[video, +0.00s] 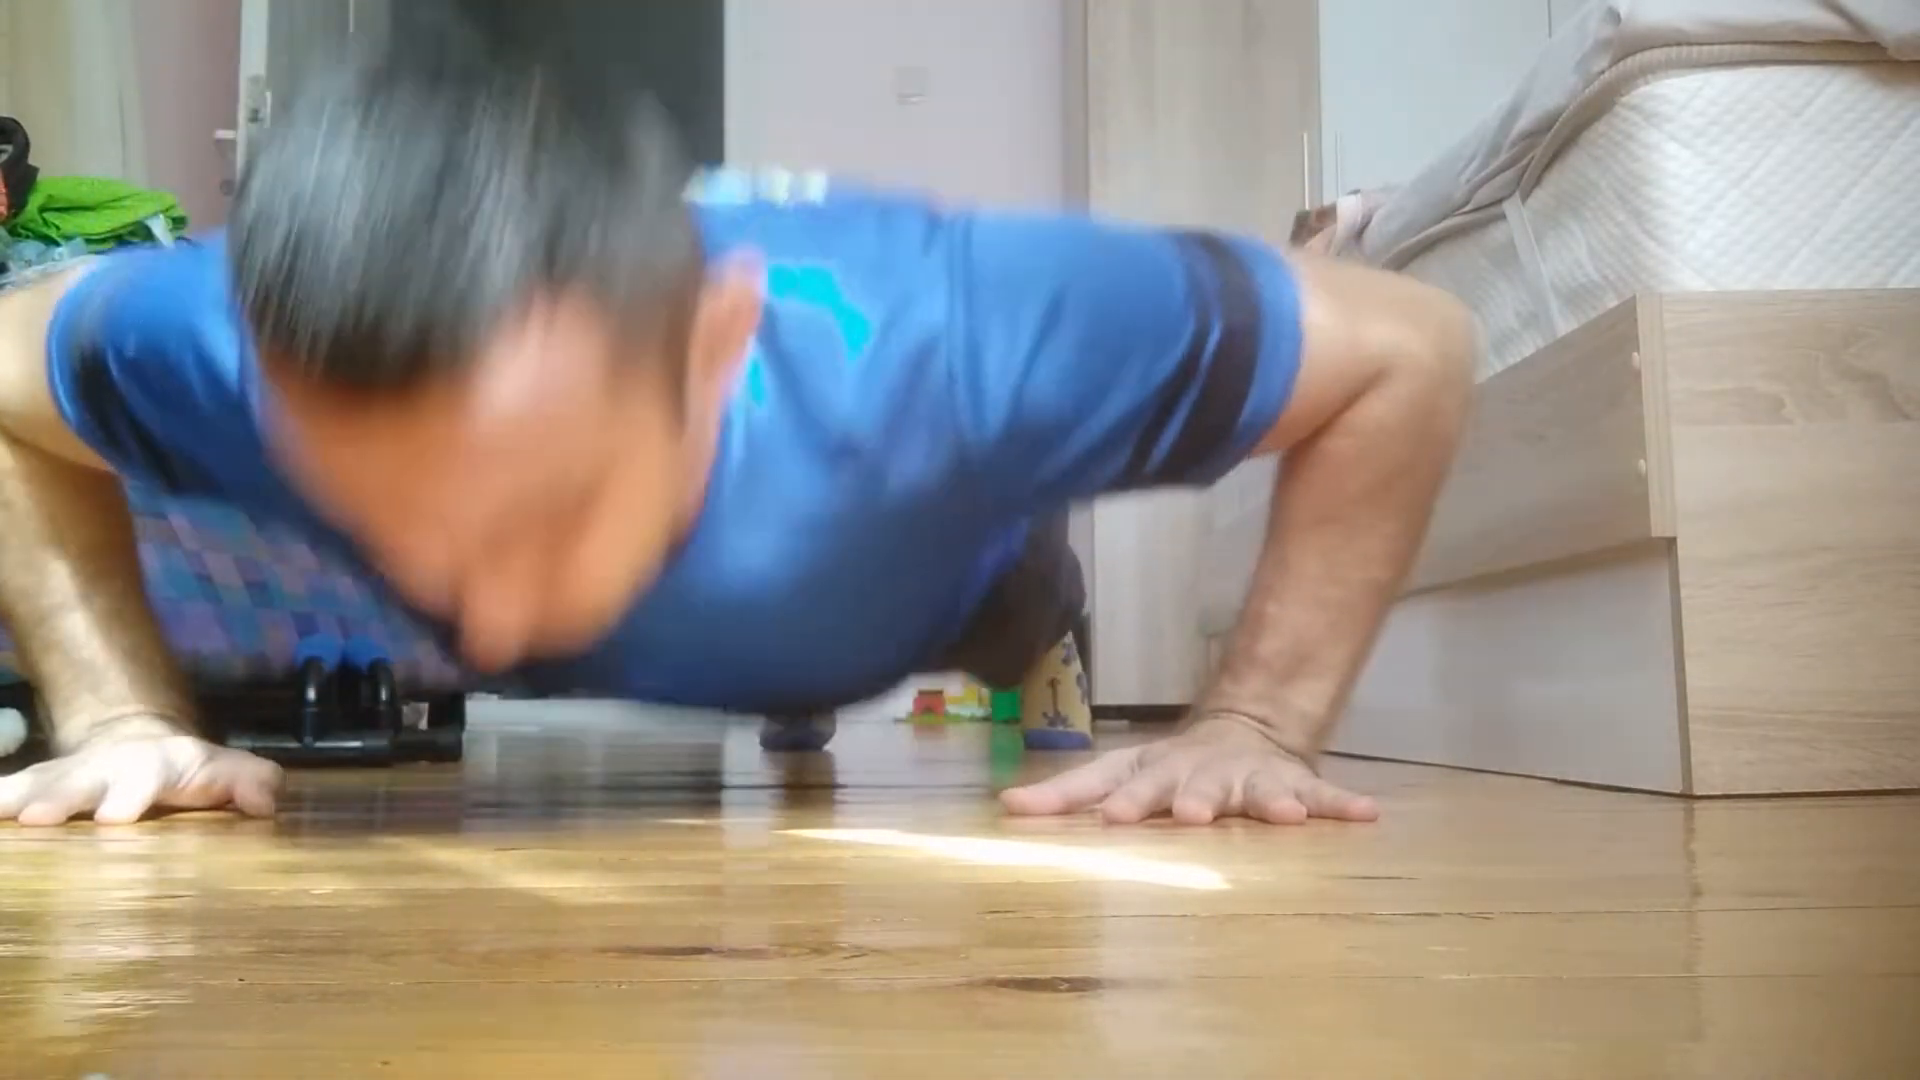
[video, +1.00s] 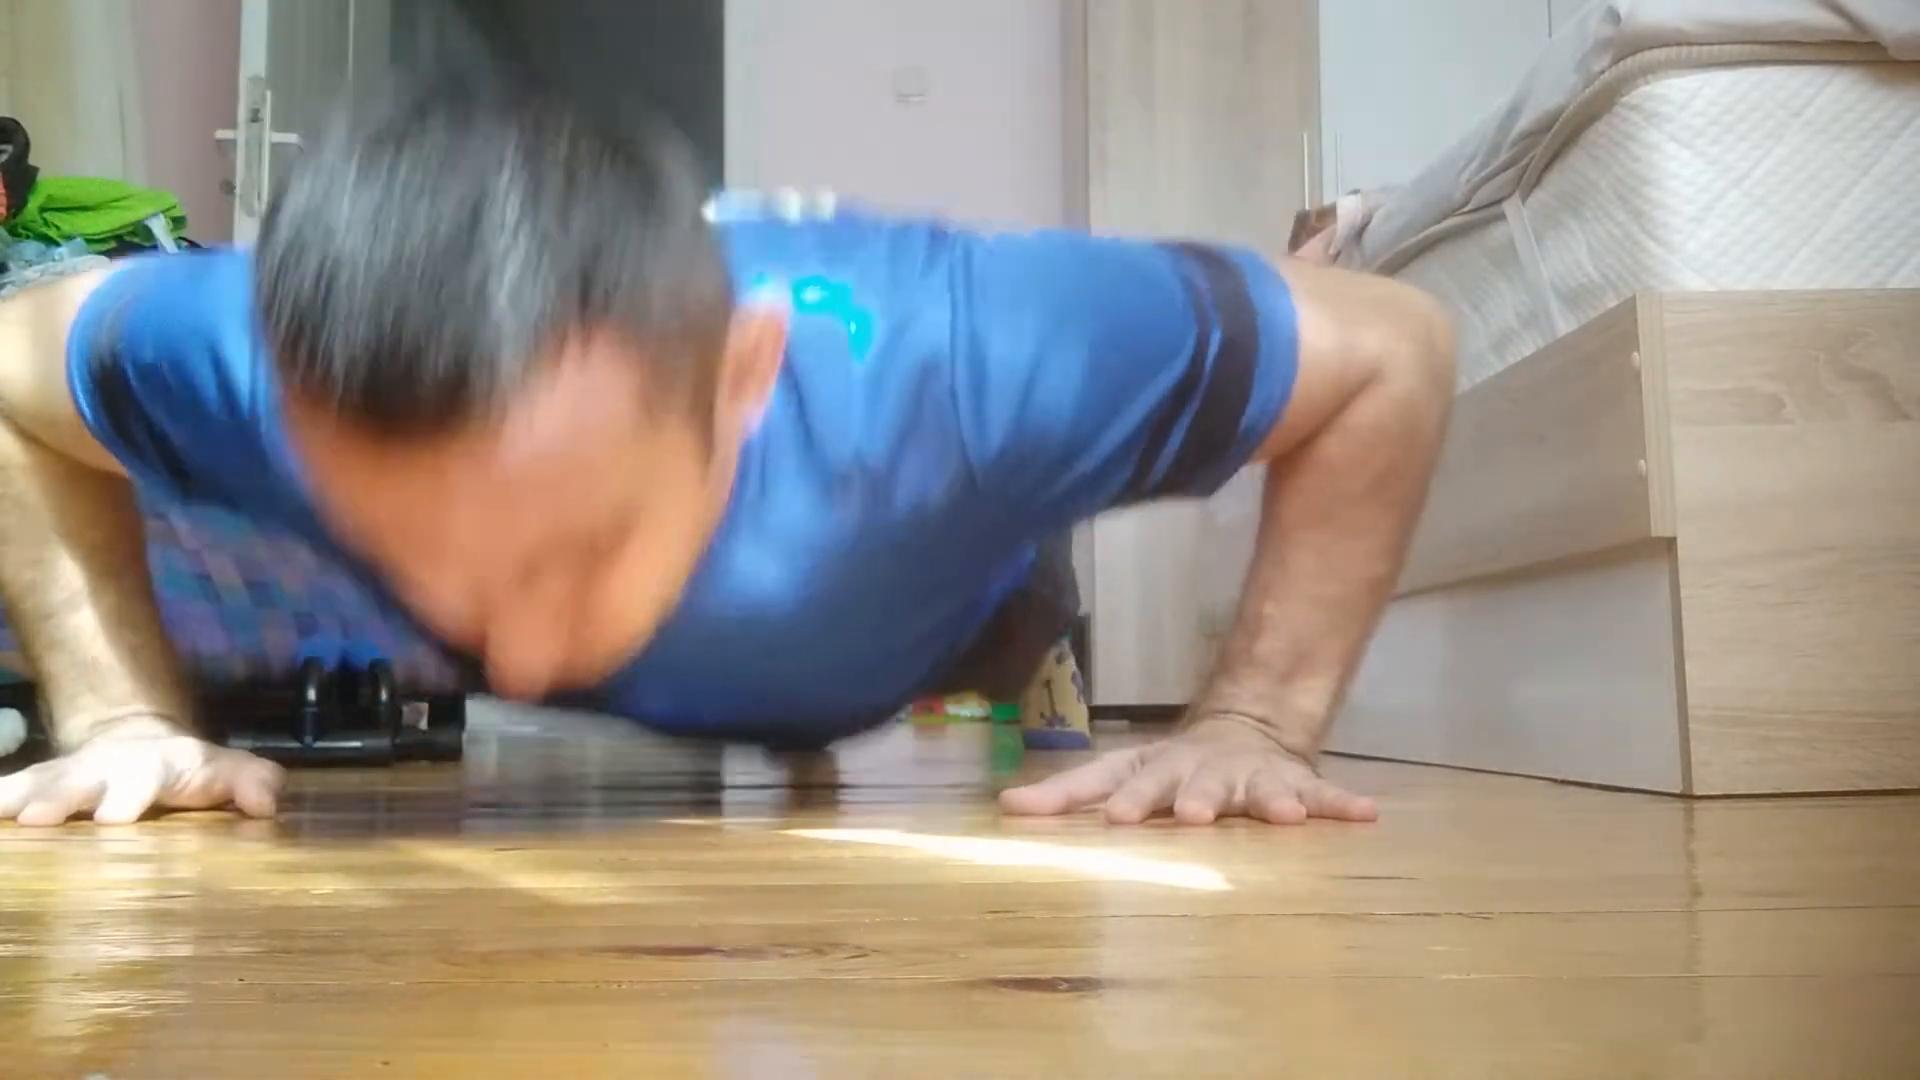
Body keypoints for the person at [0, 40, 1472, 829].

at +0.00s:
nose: (483, 618)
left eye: (547, 533)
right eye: (396, 548)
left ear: (713, 344)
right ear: (311, 420)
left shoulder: (960, 352)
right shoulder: (229, 349)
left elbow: (1411, 353)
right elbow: (23, 380)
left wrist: (1265, 721)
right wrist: (121, 712)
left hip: (936, 596)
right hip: (682, 627)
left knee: (1009, 620)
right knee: (788, 678)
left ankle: (1035, 659)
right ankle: (806, 713)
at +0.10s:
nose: (518, 360)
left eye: (584, 276)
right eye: (448, 287)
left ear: (743, 118)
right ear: (355, 191)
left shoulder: (967, 206)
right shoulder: (260, 237)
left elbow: (1419, 358)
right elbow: (19, 396)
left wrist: (1263, 722)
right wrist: (132, 715)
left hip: (950, 518)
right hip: (712, 546)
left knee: (1011, 611)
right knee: (786, 604)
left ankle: (1034, 646)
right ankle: (818, 659)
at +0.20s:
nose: (563, 99)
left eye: (616, 34)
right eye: (505, 44)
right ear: (431, 15)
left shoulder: (971, 56)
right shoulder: (315, 89)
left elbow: (1375, 346)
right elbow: (60, 368)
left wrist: (1263, 720)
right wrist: (136, 718)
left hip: (938, 453)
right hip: (697, 497)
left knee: (1009, 587)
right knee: (785, 593)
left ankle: (1027, 634)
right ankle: (817, 650)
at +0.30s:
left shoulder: (999, 12)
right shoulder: (323, 19)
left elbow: (1282, 287)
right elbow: (137, 324)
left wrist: (1251, 717)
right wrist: (147, 718)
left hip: (933, 387)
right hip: (682, 434)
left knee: (1006, 563)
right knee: (782, 568)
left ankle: (1016, 623)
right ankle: (818, 650)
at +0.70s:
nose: (505, 357)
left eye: (570, 270)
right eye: (437, 278)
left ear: (729, 85)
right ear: (337, 170)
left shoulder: (936, 166)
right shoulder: (254, 205)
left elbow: (1349, 350)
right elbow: (72, 395)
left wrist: (1247, 719)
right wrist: (137, 715)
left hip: (959, 591)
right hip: (693, 615)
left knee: (1017, 654)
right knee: (780, 657)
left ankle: (1016, 677)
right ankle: (797, 688)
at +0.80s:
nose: (495, 704)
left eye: (556, 612)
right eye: (417, 635)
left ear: (721, 392)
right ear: (306, 487)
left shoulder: (952, 375)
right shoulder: (267, 377)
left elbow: (1354, 353)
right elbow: (48, 374)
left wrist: (1255, 719)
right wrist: (133, 714)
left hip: (962, 699)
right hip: (655, 730)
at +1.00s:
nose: (515, 651)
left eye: (580, 564)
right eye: (423, 583)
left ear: (742, 381)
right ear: (328, 454)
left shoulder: (971, 374)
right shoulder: (248, 361)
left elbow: (1391, 356)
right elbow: (29, 371)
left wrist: (1259, 717)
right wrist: (126, 711)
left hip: (939, 634)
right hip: (688, 662)